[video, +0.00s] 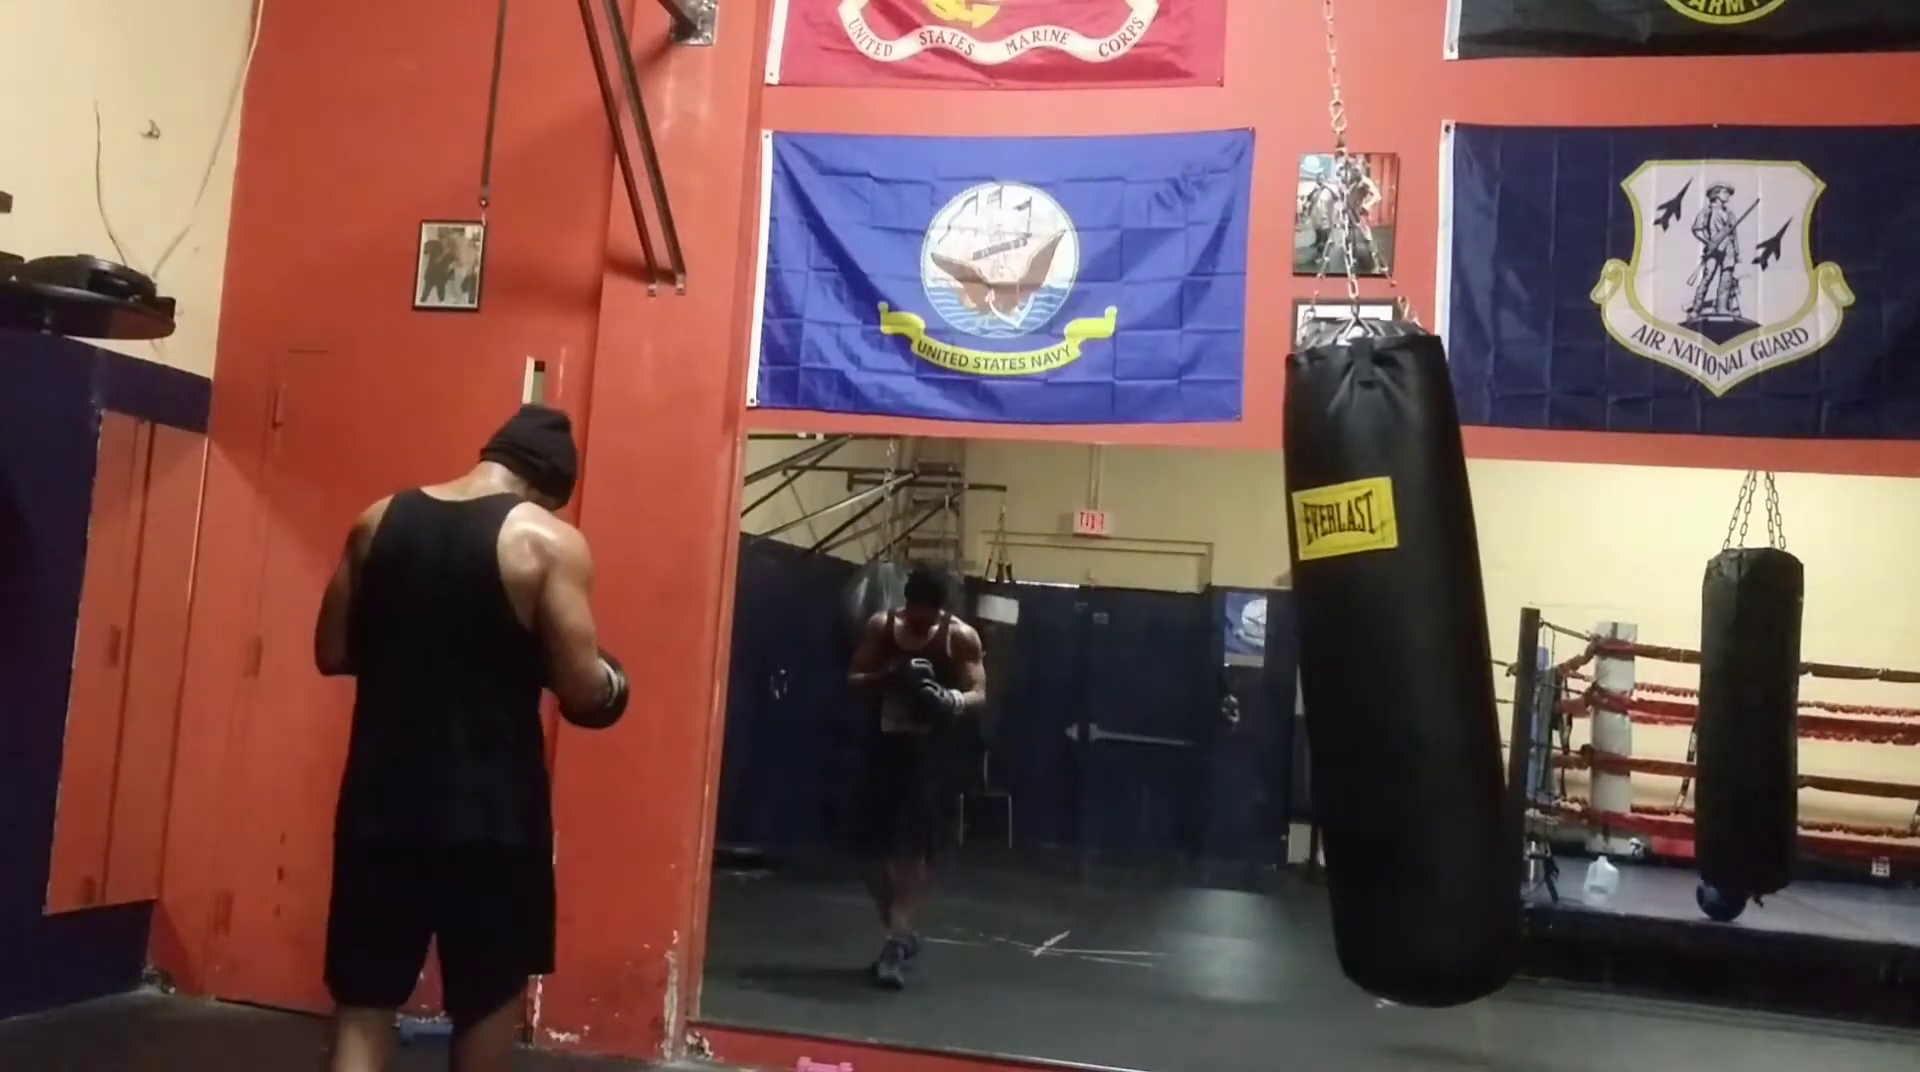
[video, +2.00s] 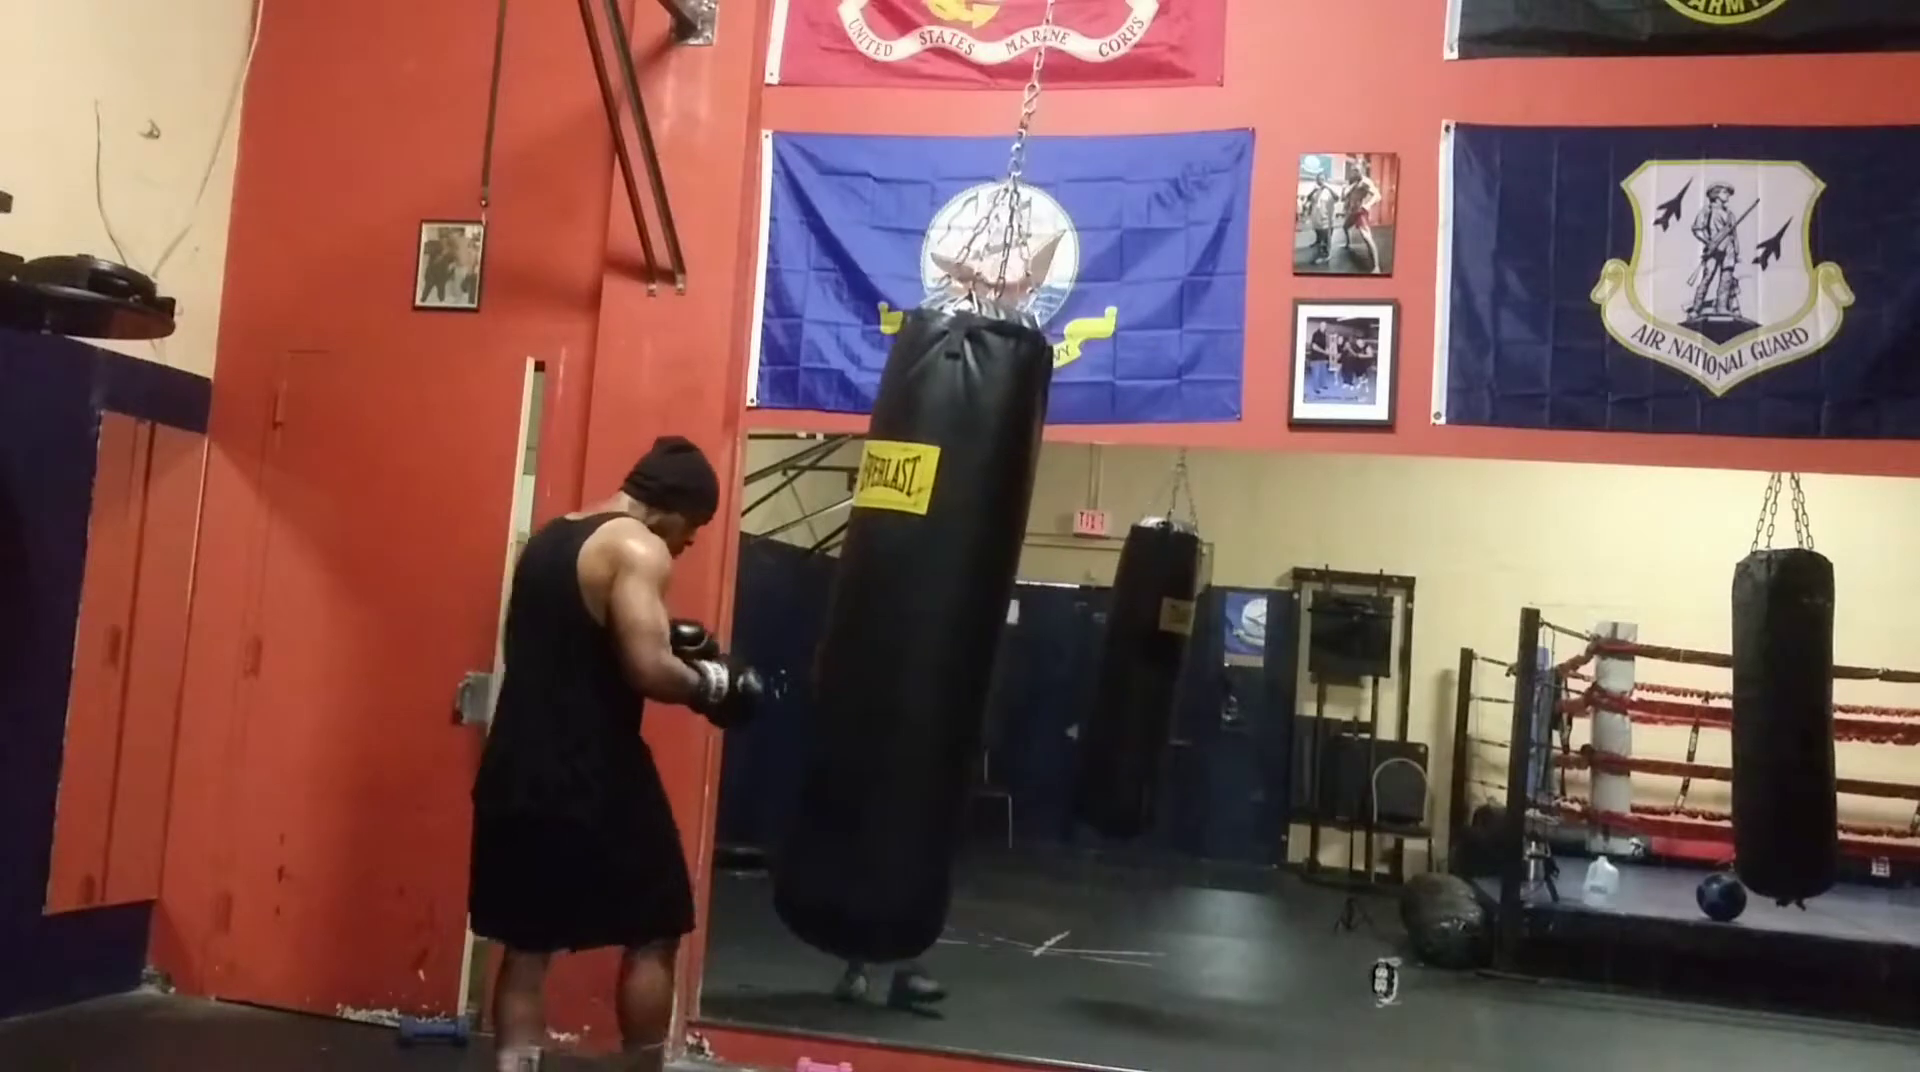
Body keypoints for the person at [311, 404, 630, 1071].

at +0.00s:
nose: (559, 503)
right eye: (561, 492)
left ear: (490, 455)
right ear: (557, 482)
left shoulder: (381, 518)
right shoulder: (550, 541)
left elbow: (333, 653)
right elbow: (582, 694)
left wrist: (417, 635)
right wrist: (612, 686)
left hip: (381, 806)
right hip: (492, 816)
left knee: (362, 1014)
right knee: (489, 1019)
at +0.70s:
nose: (609, 520)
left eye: (612, 509)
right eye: (615, 509)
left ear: (553, 462)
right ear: (614, 493)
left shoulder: (447, 518)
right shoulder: (597, 538)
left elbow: (399, 648)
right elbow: (622, 681)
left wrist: (482, 629)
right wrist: (651, 691)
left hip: (438, 774)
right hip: (527, 786)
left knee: (455, 963)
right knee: (503, 983)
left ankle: (444, 1057)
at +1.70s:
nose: (659, 543)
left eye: (665, 531)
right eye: (663, 529)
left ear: (602, 491)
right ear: (648, 508)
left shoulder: (512, 541)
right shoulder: (626, 555)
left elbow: (461, 661)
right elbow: (642, 680)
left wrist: (555, 641)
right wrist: (687, 695)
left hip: (490, 786)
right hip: (576, 791)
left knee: (512, 961)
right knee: (605, 950)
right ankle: (525, 1061)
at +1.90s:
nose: (674, 542)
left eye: (681, 530)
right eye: (678, 528)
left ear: (620, 492)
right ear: (659, 508)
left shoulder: (532, 540)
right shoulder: (635, 554)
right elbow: (647, 672)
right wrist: (698, 692)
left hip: (508, 766)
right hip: (591, 771)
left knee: (528, 933)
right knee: (664, 919)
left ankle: (514, 1063)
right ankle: (589, 1052)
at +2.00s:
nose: (688, 539)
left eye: (695, 527)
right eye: (692, 525)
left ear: (634, 489)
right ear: (674, 507)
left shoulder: (551, 538)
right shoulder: (640, 550)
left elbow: (566, 644)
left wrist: (660, 636)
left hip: (518, 767)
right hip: (599, 774)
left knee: (527, 943)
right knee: (655, 932)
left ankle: (513, 1065)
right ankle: (646, 1064)